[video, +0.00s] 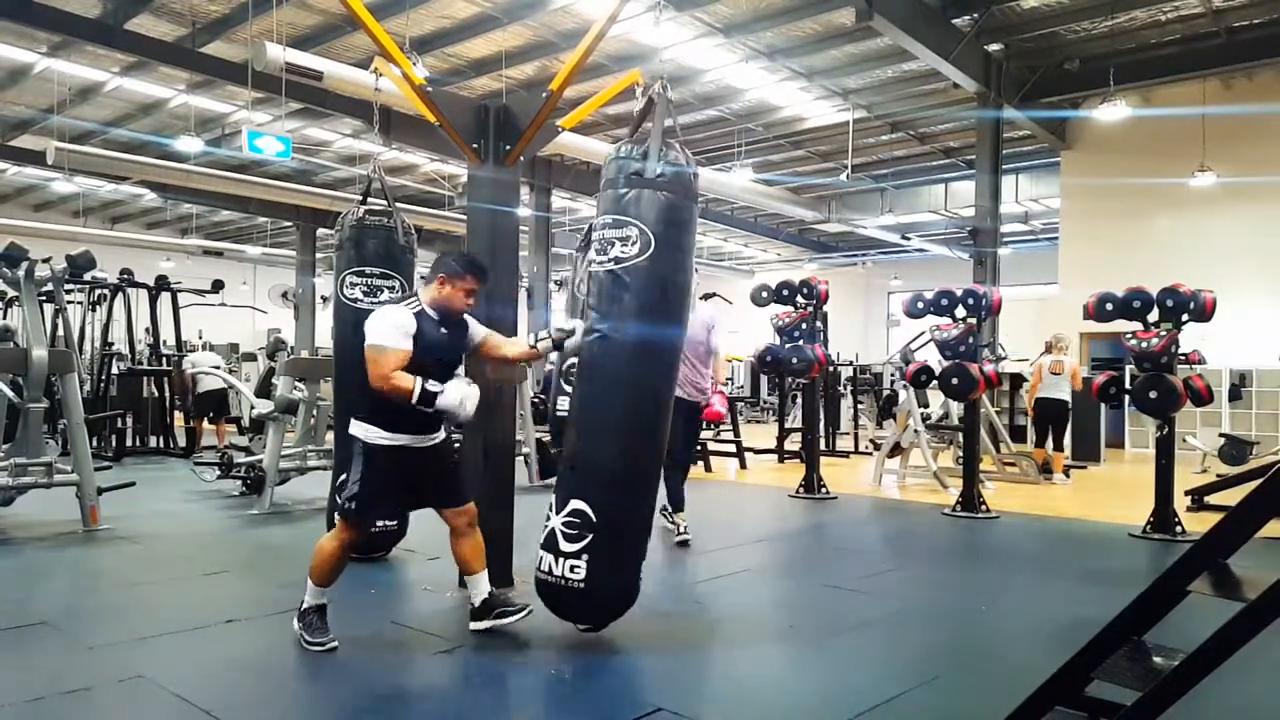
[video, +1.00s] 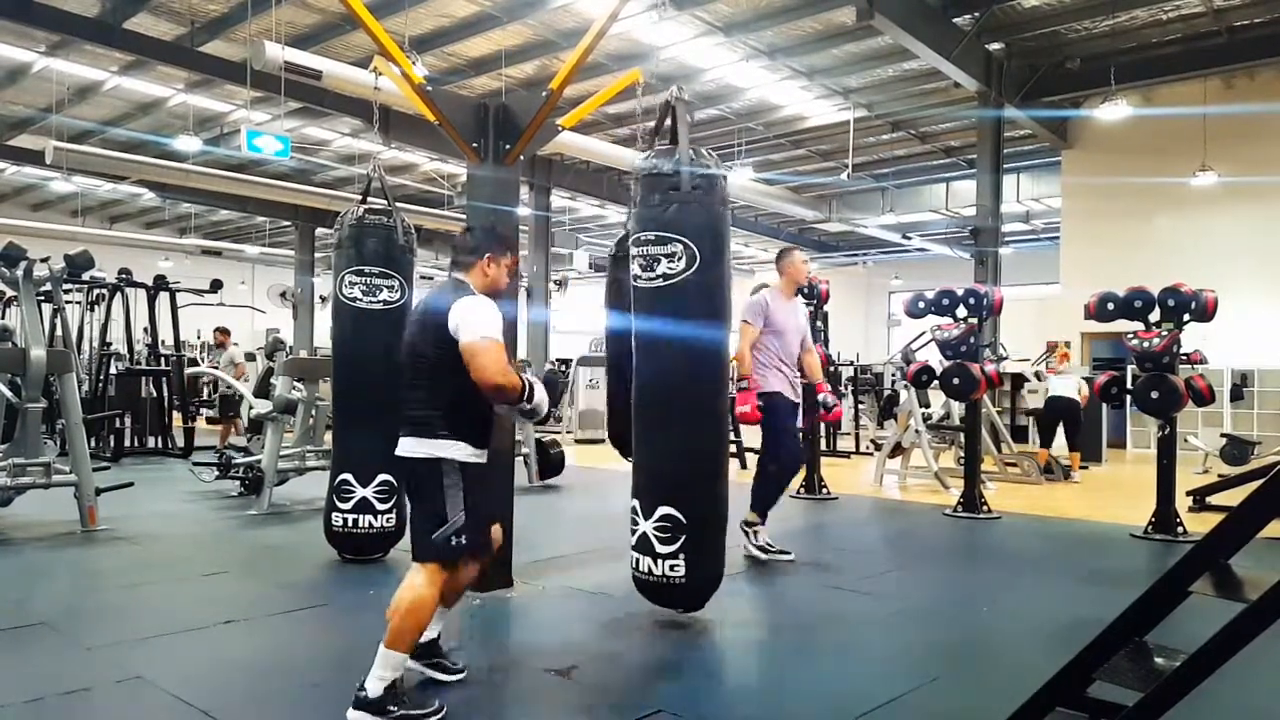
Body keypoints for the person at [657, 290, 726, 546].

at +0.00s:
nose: (687, 285)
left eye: (690, 279)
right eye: (684, 280)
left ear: (696, 283)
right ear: (677, 285)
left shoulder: (709, 314)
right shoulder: (667, 311)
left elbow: (716, 350)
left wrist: (718, 382)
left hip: (698, 394)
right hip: (672, 393)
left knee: (686, 455)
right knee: (673, 456)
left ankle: (672, 506)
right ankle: (678, 515)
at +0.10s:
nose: (688, 284)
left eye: (692, 279)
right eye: (685, 279)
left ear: (699, 284)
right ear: (679, 284)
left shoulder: (712, 315)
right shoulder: (670, 313)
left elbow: (722, 354)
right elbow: (658, 351)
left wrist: (724, 390)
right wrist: (654, 388)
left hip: (703, 395)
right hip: (673, 393)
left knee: (693, 457)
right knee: (676, 454)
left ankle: (673, 501)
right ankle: (680, 515)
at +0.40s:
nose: (708, 276)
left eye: (713, 271)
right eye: (703, 271)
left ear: (718, 276)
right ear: (693, 275)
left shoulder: (725, 307)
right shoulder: (681, 306)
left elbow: (735, 346)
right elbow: (667, 348)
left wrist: (743, 381)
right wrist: (669, 385)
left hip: (722, 392)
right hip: (687, 392)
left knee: (736, 453)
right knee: (683, 458)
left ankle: (711, 510)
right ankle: (682, 520)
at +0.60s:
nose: (739, 275)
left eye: (741, 271)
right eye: (733, 270)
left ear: (743, 277)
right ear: (718, 274)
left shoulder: (743, 311)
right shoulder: (705, 304)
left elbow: (743, 356)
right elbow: (693, 340)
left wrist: (751, 390)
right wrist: (707, 360)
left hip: (737, 399)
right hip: (703, 396)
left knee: (742, 462)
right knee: (692, 463)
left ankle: (753, 530)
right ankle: (683, 521)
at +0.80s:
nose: (777, 272)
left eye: (777, 267)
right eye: (771, 266)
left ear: (768, 273)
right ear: (752, 269)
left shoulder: (772, 312)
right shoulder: (733, 303)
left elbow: (779, 356)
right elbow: (717, 344)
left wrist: (788, 392)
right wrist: (736, 371)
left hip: (766, 400)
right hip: (735, 399)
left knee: (759, 467)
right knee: (728, 464)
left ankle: (754, 536)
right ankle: (689, 509)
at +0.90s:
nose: (794, 270)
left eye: (794, 265)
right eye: (789, 265)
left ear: (779, 270)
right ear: (770, 269)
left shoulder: (789, 312)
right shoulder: (748, 301)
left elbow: (797, 355)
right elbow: (734, 344)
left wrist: (809, 394)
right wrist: (742, 382)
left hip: (780, 396)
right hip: (752, 392)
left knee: (768, 463)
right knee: (760, 461)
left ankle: (755, 535)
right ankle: (718, 504)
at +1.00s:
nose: (809, 269)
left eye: (808, 264)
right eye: (804, 263)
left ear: (792, 270)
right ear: (785, 268)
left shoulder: (800, 308)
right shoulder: (761, 300)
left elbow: (808, 353)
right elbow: (744, 344)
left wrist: (822, 388)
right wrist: (745, 388)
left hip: (791, 390)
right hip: (768, 388)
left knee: (773, 458)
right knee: (791, 457)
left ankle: (757, 534)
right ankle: (752, 521)